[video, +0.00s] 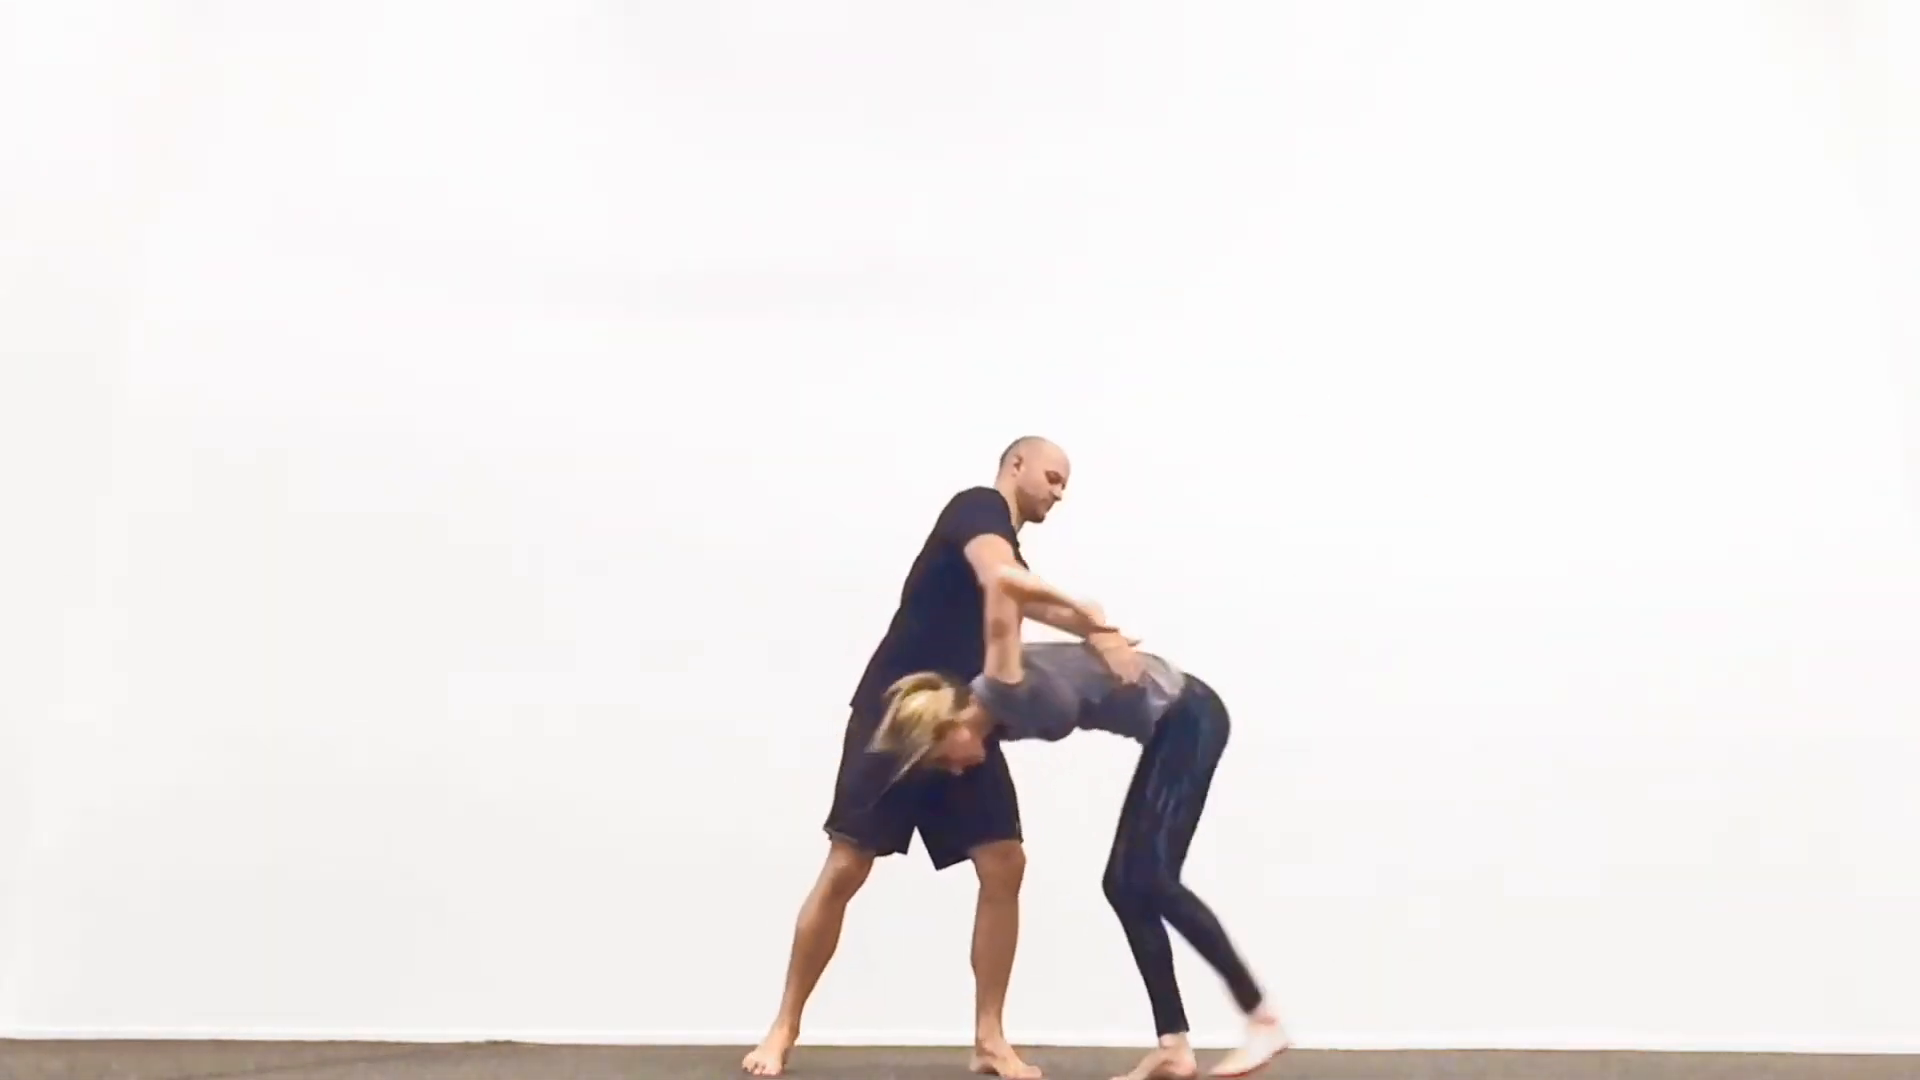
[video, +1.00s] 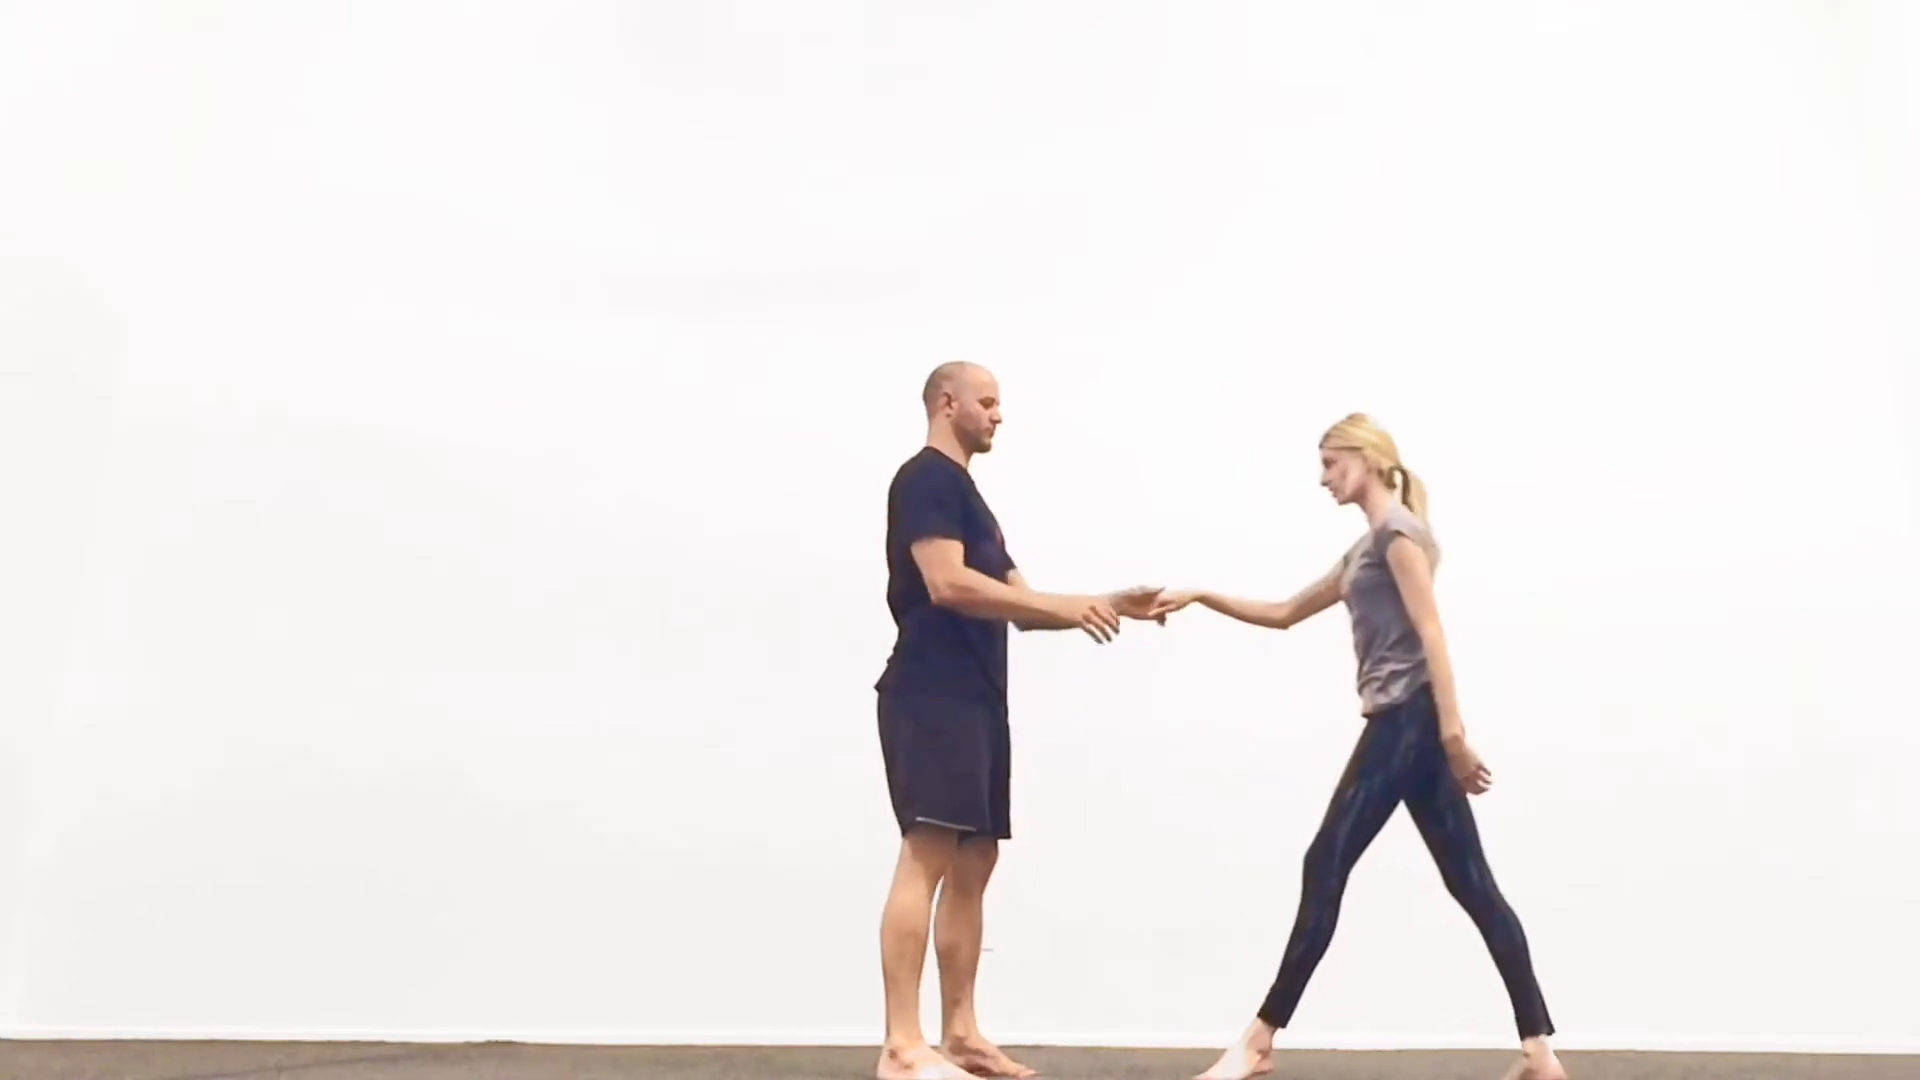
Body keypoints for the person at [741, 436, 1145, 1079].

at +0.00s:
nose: (1059, 491)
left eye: (1065, 485)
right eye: (1053, 477)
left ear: (1034, 481)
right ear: (1014, 465)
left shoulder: (1006, 545)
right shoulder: (977, 505)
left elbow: (1010, 632)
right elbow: (1000, 580)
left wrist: (1101, 640)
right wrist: (1095, 626)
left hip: (963, 709)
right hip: (896, 706)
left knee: (1005, 864)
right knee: (845, 870)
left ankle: (991, 1040)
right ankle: (783, 1029)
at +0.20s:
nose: (1066, 471)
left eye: (1071, 466)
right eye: (1059, 457)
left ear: (1056, 473)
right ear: (1021, 446)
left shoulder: (1033, 561)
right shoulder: (983, 476)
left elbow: (1021, 662)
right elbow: (978, 497)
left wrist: (1080, 696)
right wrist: (1074, 543)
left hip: (982, 706)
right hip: (917, 692)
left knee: (1000, 864)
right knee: (890, 849)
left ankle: (990, 1040)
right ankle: (816, 1004)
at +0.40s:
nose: (1054, 455)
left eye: (1060, 447)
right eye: (1046, 440)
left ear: (1050, 454)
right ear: (1007, 434)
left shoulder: (1035, 540)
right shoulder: (966, 483)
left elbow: (1032, 655)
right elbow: (909, 472)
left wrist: (1099, 689)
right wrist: (1010, 480)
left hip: (997, 705)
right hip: (932, 693)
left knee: (993, 869)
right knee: (923, 844)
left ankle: (986, 1041)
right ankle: (891, 1033)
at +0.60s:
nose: (1035, 442)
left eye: (1038, 432)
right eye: (1025, 428)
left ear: (1021, 434)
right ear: (985, 422)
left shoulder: (1012, 528)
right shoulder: (942, 478)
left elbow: (1016, 644)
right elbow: (875, 531)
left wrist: (1097, 652)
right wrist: (975, 503)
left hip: (998, 708)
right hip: (933, 697)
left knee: (994, 869)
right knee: (933, 852)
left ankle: (985, 1040)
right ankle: (900, 1045)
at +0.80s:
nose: (1018, 425)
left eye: (1019, 414)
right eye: (1007, 411)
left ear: (986, 418)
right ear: (964, 411)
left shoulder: (984, 503)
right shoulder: (932, 482)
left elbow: (995, 631)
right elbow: (913, 580)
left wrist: (1084, 622)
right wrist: (1014, 578)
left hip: (985, 705)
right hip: (933, 702)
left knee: (996, 859)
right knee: (929, 856)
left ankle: (966, 1034)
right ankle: (901, 1047)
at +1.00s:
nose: (998, 416)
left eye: (998, 404)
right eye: (987, 403)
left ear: (956, 404)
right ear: (945, 404)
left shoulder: (963, 492)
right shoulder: (924, 477)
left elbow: (1020, 604)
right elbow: (947, 585)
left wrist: (1112, 605)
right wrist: (1057, 612)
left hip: (975, 701)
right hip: (932, 698)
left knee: (973, 862)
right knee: (926, 857)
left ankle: (962, 1035)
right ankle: (901, 1046)